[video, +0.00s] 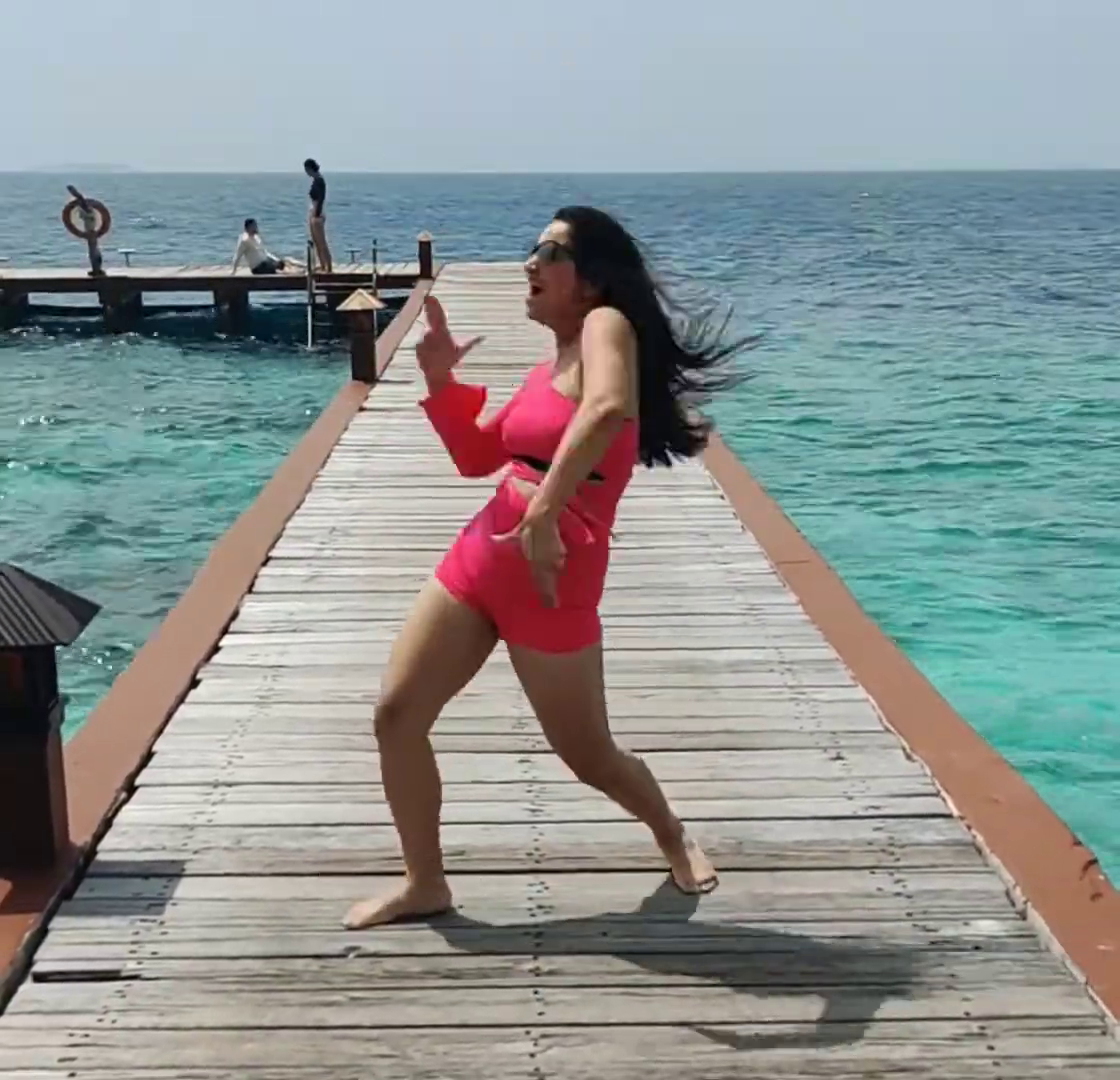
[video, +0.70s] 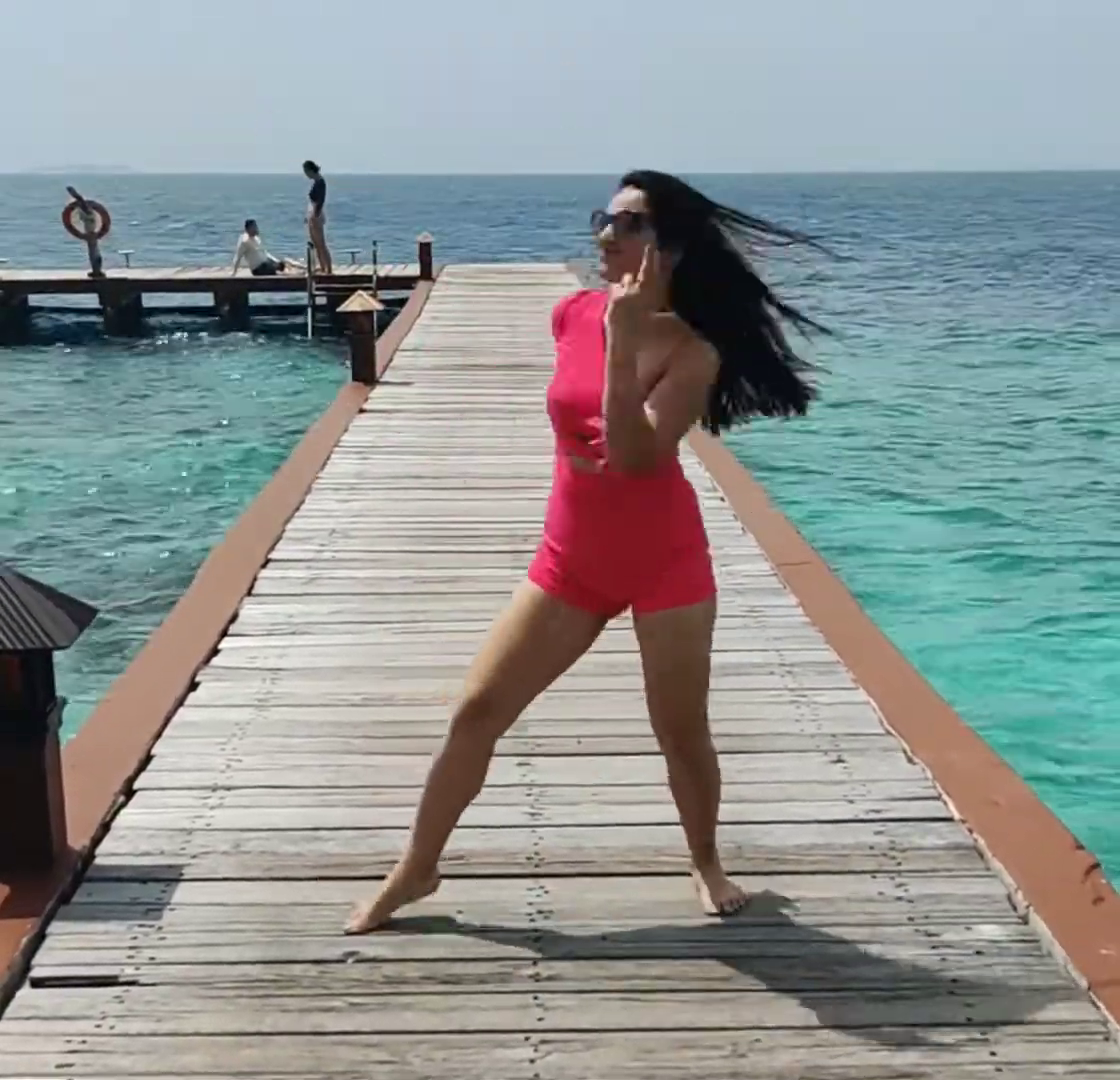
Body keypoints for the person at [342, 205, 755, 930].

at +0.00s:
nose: (529, 267)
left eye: (546, 257)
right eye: (533, 254)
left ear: (589, 276)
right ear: (559, 276)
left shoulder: (604, 326)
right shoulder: (558, 360)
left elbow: (608, 408)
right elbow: (476, 456)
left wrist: (542, 512)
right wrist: (439, 377)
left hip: (553, 573)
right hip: (486, 552)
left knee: (589, 755)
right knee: (398, 714)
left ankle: (673, 838)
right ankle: (425, 881)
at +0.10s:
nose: (539, 240)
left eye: (561, 229)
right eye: (528, 228)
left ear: (596, 252)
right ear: (517, 245)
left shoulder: (610, 335)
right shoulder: (511, 331)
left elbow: (702, 415)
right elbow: (415, 341)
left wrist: (677, 529)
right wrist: (435, 255)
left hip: (566, 566)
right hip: (489, 549)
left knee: (605, 748)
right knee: (417, 716)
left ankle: (678, 831)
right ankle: (426, 885)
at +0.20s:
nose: (563, 233)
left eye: (581, 219)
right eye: (548, 219)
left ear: (611, 236)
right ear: (529, 231)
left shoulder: (636, 327)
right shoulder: (507, 287)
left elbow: (755, 368)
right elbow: (416, 227)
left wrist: (725, 475)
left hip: (594, 554)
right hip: (506, 547)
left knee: (624, 739)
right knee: (440, 716)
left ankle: (690, 812)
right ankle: (426, 884)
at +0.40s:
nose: (603, 283)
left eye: (622, 267)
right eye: (587, 267)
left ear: (650, 277)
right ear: (568, 275)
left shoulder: (678, 373)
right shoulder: (537, 331)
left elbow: (792, 414)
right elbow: (424, 285)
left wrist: (763, 511)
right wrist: (317, 254)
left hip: (657, 584)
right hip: (564, 586)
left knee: (677, 758)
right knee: (464, 730)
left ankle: (706, 867)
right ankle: (428, 888)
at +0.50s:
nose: (626, 291)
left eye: (645, 274)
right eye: (609, 277)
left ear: (675, 287)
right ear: (591, 288)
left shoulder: (697, 390)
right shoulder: (558, 345)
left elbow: (770, 488)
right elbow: (432, 353)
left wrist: (704, 555)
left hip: (673, 598)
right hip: (581, 596)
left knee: (687, 759)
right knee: (477, 731)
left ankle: (704, 868)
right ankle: (429, 887)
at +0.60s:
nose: (649, 281)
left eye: (665, 265)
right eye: (632, 268)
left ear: (692, 272)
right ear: (613, 276)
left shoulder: (705, 390)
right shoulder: (573, 341)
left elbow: (693, 517)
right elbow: (485, 402)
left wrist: (620, 535)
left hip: (678, 586)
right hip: (583, 584)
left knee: (690, 758)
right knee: (484, 730)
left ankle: (705, 866)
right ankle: (427, 888)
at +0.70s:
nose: (606, 233)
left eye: (627, 222)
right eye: (604, 222)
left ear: (668, 244)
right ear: (602, 239)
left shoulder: (690, 352)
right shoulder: (576, 318)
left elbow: (633, 453)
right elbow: (576, 417)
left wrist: (620, 341)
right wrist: (586, 469)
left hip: (665, 560)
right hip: (574, 555)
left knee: (682, 733)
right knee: (476, 714)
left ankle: (707, 864)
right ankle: (417, 867)